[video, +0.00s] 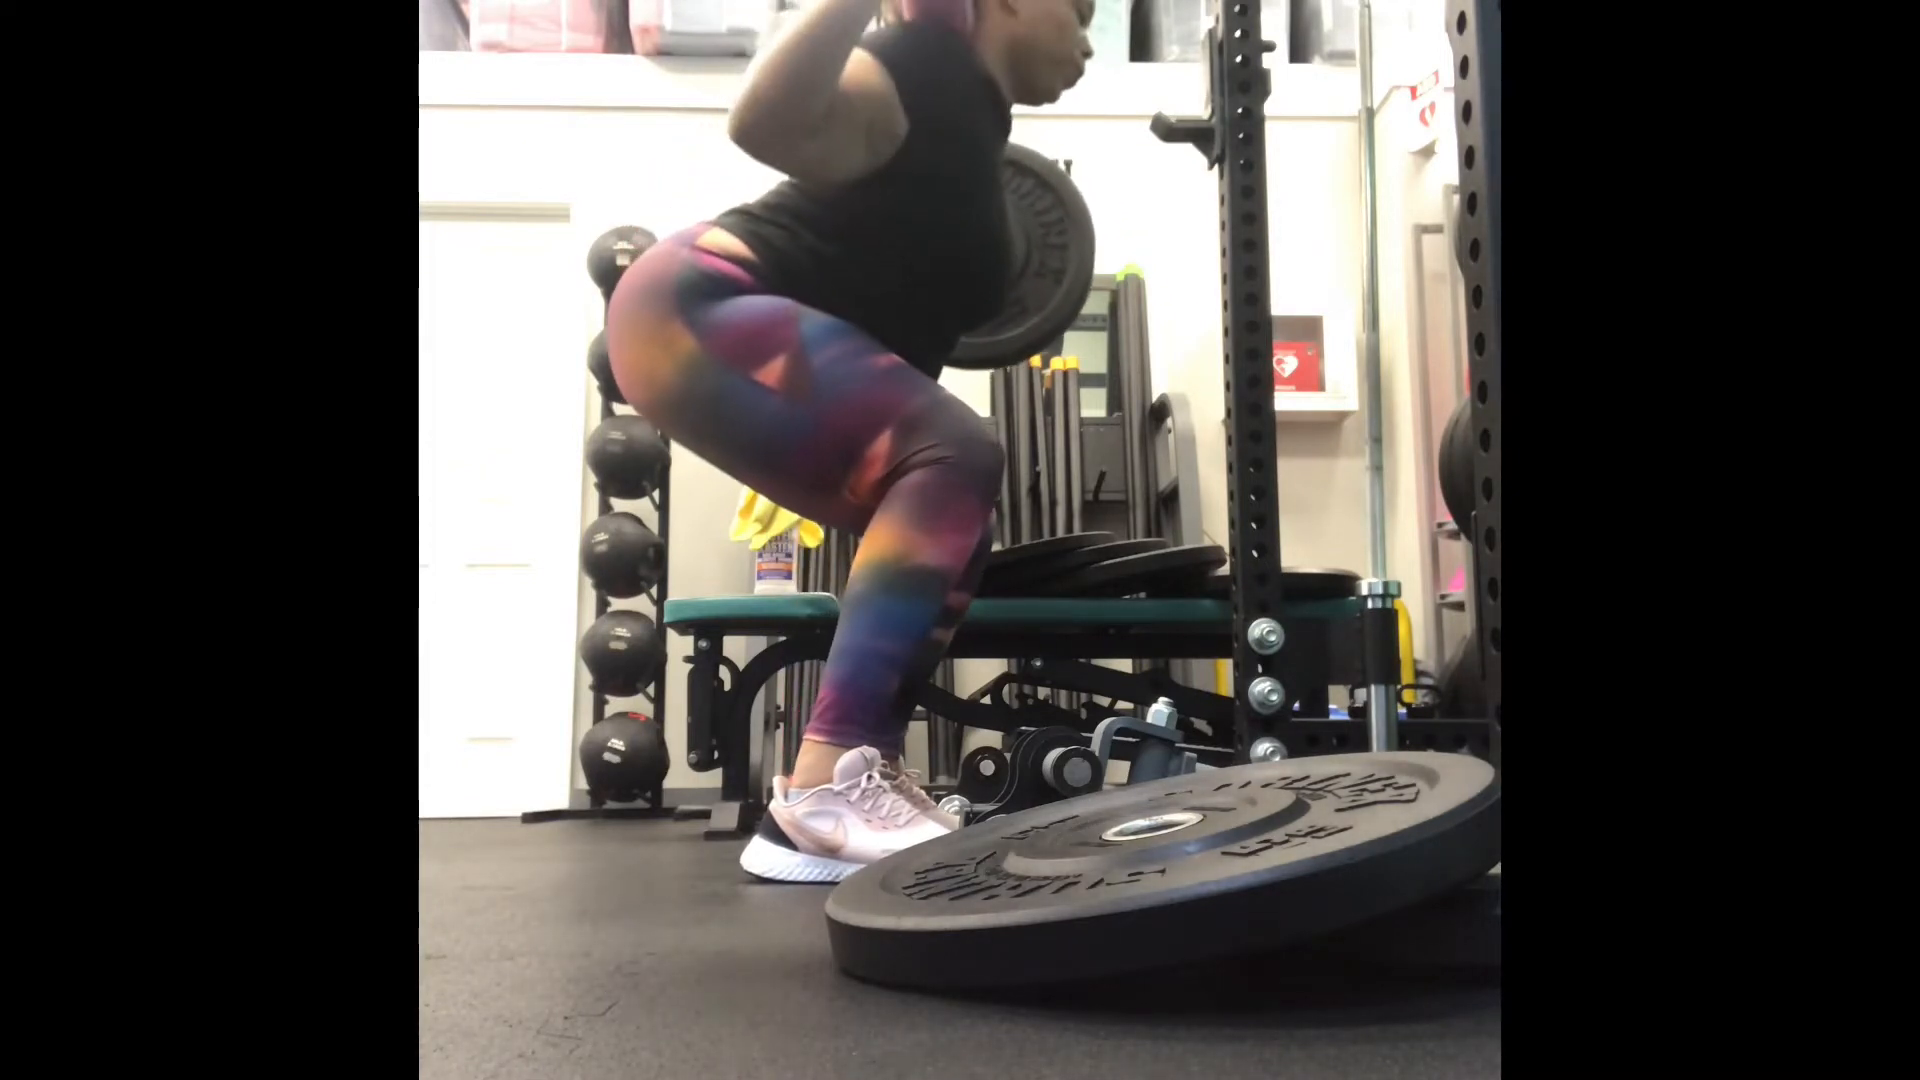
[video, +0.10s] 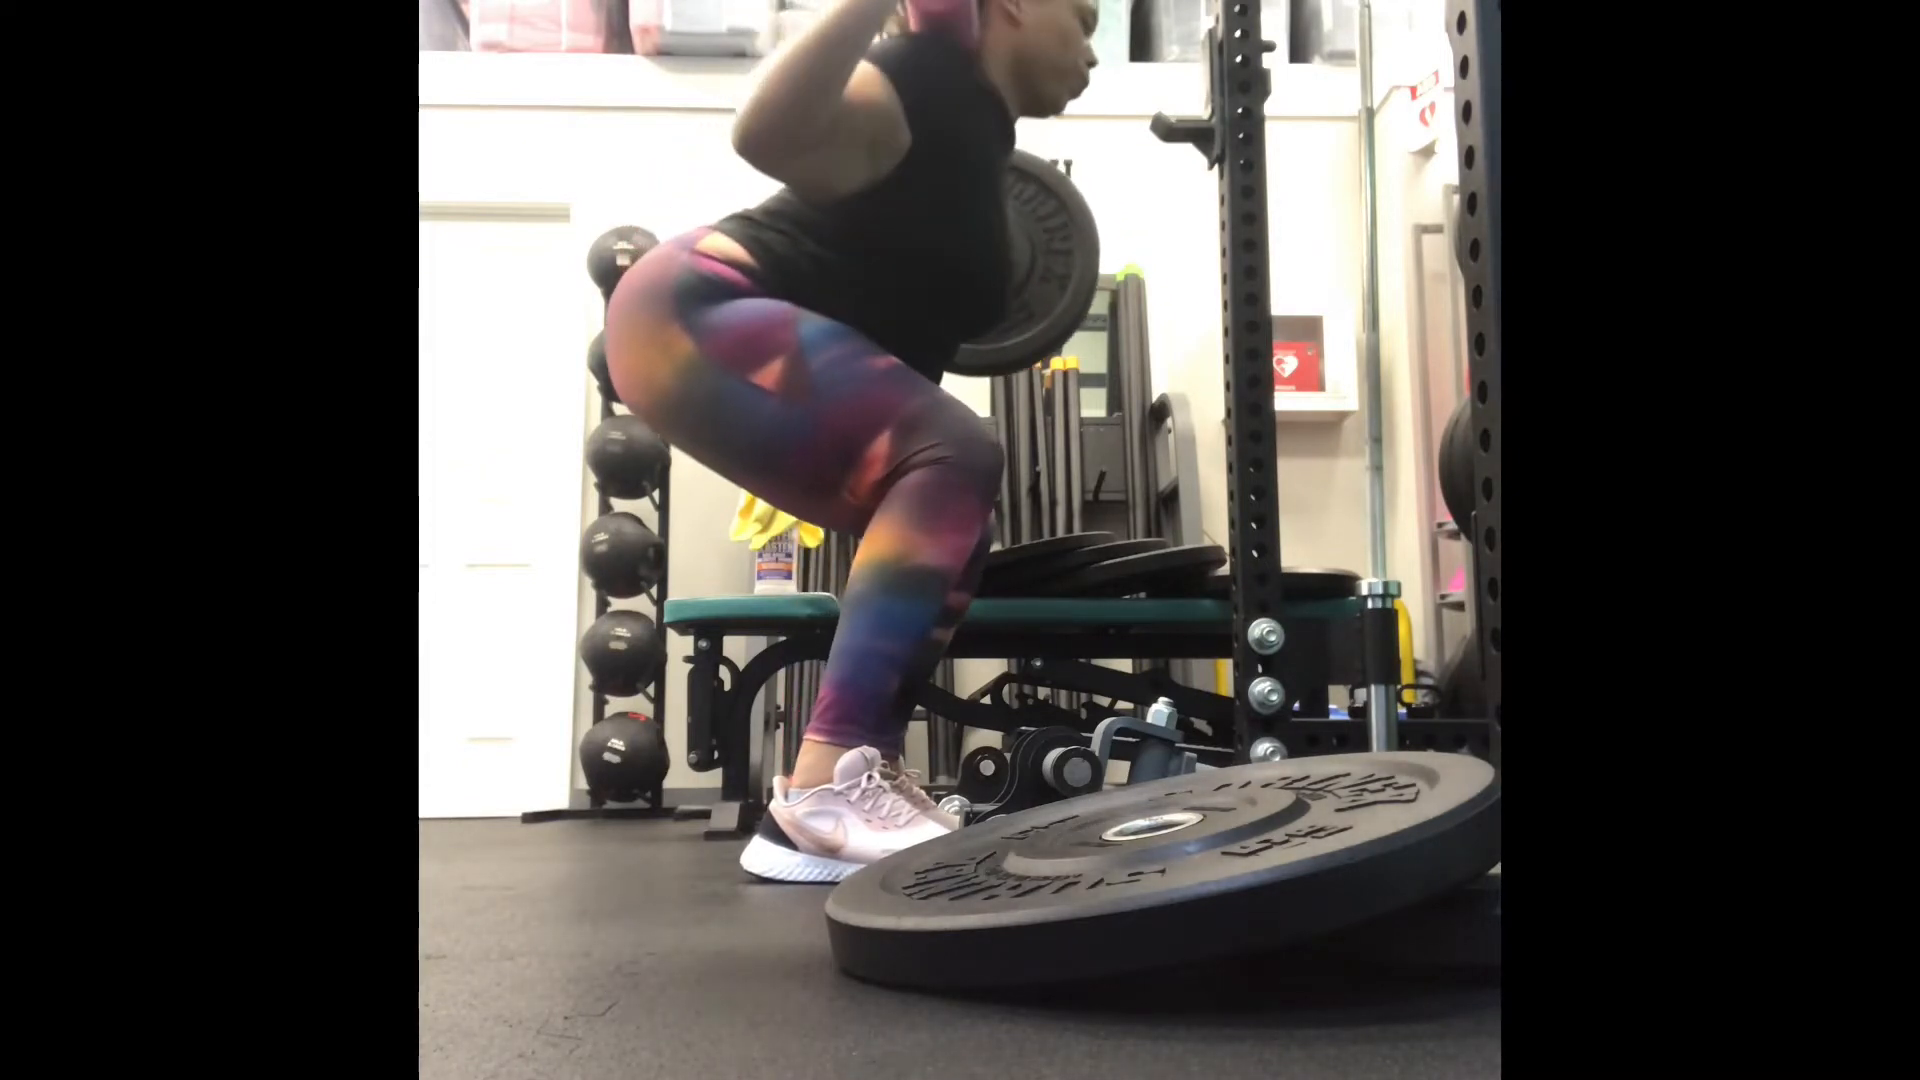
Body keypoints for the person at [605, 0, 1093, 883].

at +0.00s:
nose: (1088, 37)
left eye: (1087, 16)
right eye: (1075, 9)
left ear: (1005, 12)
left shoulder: (967, 121)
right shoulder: (931, 63)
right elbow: (767, 122)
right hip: (690, 299)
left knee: (945, 509)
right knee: (949, 450)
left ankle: (845, 787)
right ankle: (829, 782)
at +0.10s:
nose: (1092, 52)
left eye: (1092, 26)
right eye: (1080, 18)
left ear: (1013, 17)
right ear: (1006, 9)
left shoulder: (968, 127)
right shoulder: (933, 77)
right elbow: (770, 136)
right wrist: (877, 5)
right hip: (688, 303)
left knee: (947, 514)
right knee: (949, 450)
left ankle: (849, 789)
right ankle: (827, 783)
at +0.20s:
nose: (1095, 57)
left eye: (1095, 32)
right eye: (1084, 24)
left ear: (1018, 20)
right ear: (1012, 13)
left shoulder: (972, 139)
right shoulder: (936, 87)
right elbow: (773, 141)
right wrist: (889, 5)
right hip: (688, 305)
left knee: (946, 499)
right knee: (950, 452)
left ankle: (852, 788)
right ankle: (827, 783)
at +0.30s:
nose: (1098, 55)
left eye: (1097, 29)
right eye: (1086, 21)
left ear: (1019, 19)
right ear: (1013, 12)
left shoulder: (974, 139)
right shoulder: (936, 88)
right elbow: (776, 141)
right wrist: (890, 5)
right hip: (692, 302)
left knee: (949, 511)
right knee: (953, 453)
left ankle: (838, 799)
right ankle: (828, 783)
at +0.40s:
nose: (1098, 43)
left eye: (1096, 19)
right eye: (1085, 13)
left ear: (1020, 14)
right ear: (1010, 6)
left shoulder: (977, 129)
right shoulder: (939, 78)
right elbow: (778, 131)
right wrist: (889, 3)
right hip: (697, 292)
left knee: (946, 504)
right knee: (953, 455)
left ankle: (846, 794)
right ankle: (827, 783)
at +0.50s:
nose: (1097, 33)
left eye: (1096, 11)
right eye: (1084, 6)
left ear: (1017, 10)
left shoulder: (978, 120)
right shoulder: (936, 61)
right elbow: (772, 112)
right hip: (704, 276)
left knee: (940, 510)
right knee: (950, 454)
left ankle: (841, 797)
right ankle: (828, 781)